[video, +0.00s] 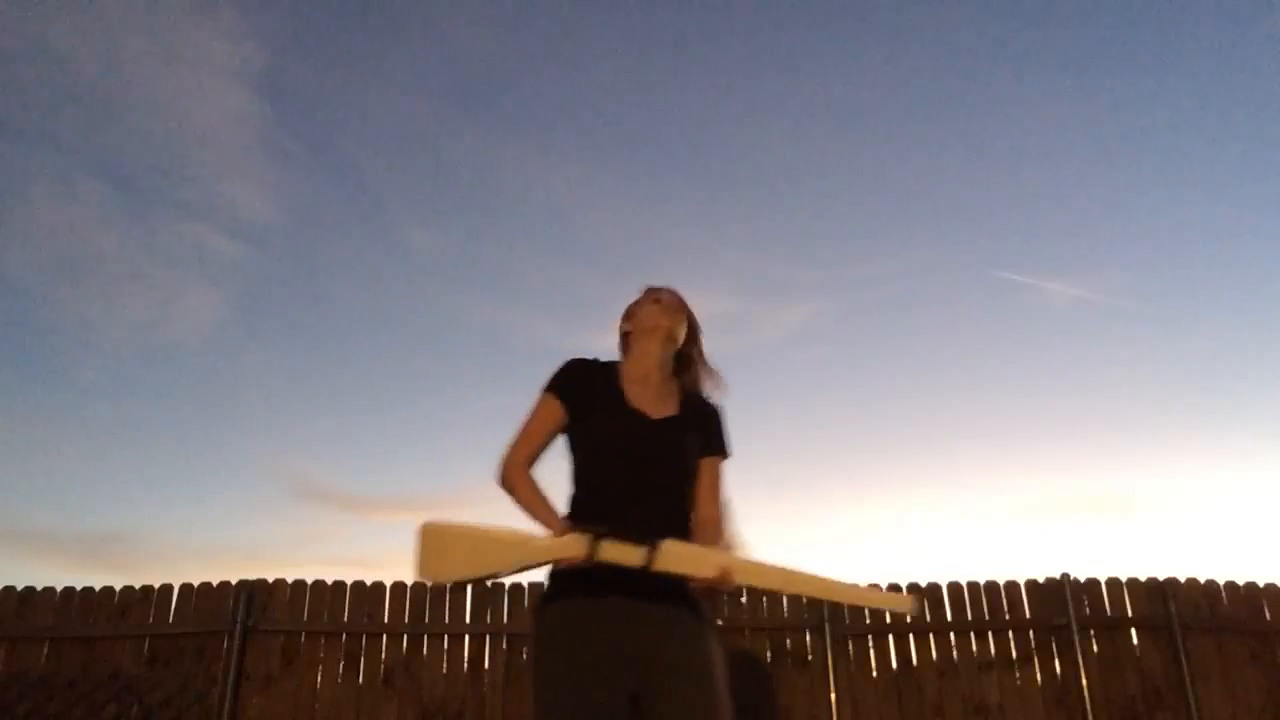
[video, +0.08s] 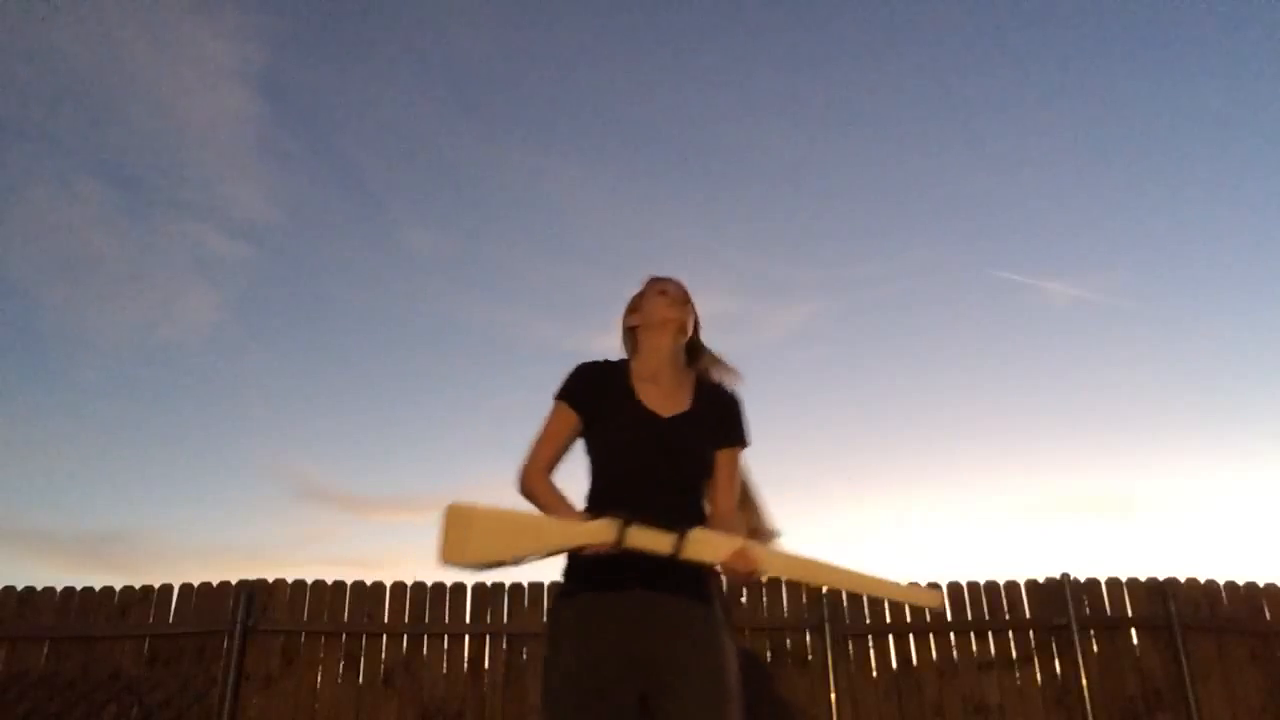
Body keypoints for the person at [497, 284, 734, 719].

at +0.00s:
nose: (660, 302)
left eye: (672, 304)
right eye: (650, 297)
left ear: (685, 338)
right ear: (627, 323)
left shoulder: (701, 414)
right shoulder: (584, 378)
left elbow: (707, 518)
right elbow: (513, 469)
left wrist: (711, 565)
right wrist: (559, 528)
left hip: (669, 599)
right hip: (585, 592)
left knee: (698, 708)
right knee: (574, 709)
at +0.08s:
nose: (656, 293)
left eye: (670, 292)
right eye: (647, 291)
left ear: (689, 325)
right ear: (631, 319)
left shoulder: (719, 404)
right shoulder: (593, 381)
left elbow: (724, 510)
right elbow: (533, 475)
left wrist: (736, 554)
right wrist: (577, 527)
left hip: (685, 596)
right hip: (598, 591)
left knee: (703, 708)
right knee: (587, 709)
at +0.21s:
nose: (670, 285)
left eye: (680, 285)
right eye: (658, 282)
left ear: (693, 315)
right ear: (634, 311)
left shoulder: (730, 386)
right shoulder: (601, 384)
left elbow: (746, 495)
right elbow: (546, 485)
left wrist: (769, 540)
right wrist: (594, 505)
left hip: (697, 588)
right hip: (609, 585)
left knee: (710, 705)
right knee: (580, 706)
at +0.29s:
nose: (673, 284)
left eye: (681, 283)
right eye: (657, 279)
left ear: (690, 313)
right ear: (630, 308)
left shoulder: (727, 381)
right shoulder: (598, 384)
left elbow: (746, 487)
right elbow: (544, 484)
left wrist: (775, 536)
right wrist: (574, 496)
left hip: (697, 585)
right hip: (607, 584)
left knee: (709, 705)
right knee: (580, 706)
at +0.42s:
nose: (660, 283)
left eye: (668, 282)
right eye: (646, 277)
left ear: (676, 310)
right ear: (618, 302)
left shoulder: (711, 378)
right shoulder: (583, 383)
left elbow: (731, 479)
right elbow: (525, 477)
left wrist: (764, 537)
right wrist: (525, 517)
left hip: (686, 572)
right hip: (600, 574)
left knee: (699, 703)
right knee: (578, 704)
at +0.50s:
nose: (651, 282)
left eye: (660, 281)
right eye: (636, 276)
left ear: (668, 311)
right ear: (609, 300)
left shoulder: (699, 380)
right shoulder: (572, 382)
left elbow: (717, 481)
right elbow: (505, 477)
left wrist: (747, 541)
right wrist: (494, 540)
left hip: (677, 578)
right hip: (585, 578)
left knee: (693, 702)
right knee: (572, 704)